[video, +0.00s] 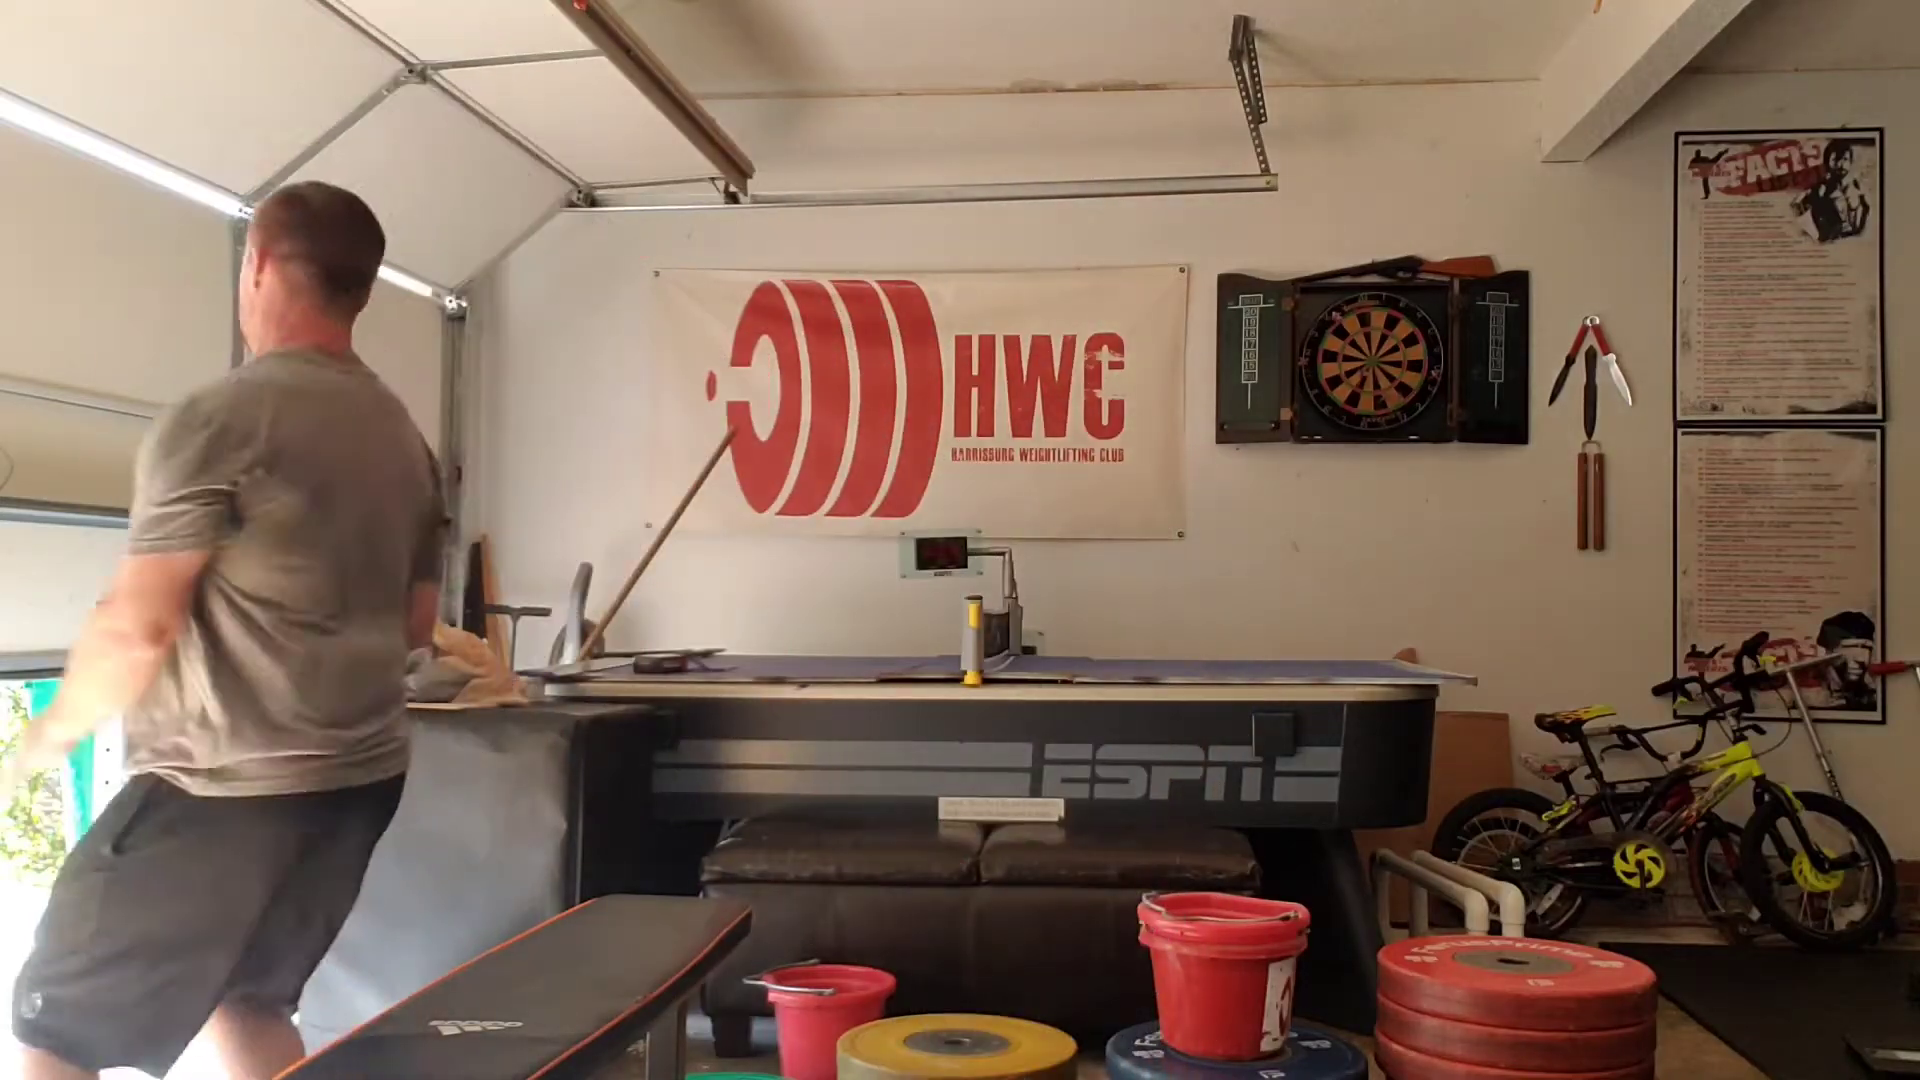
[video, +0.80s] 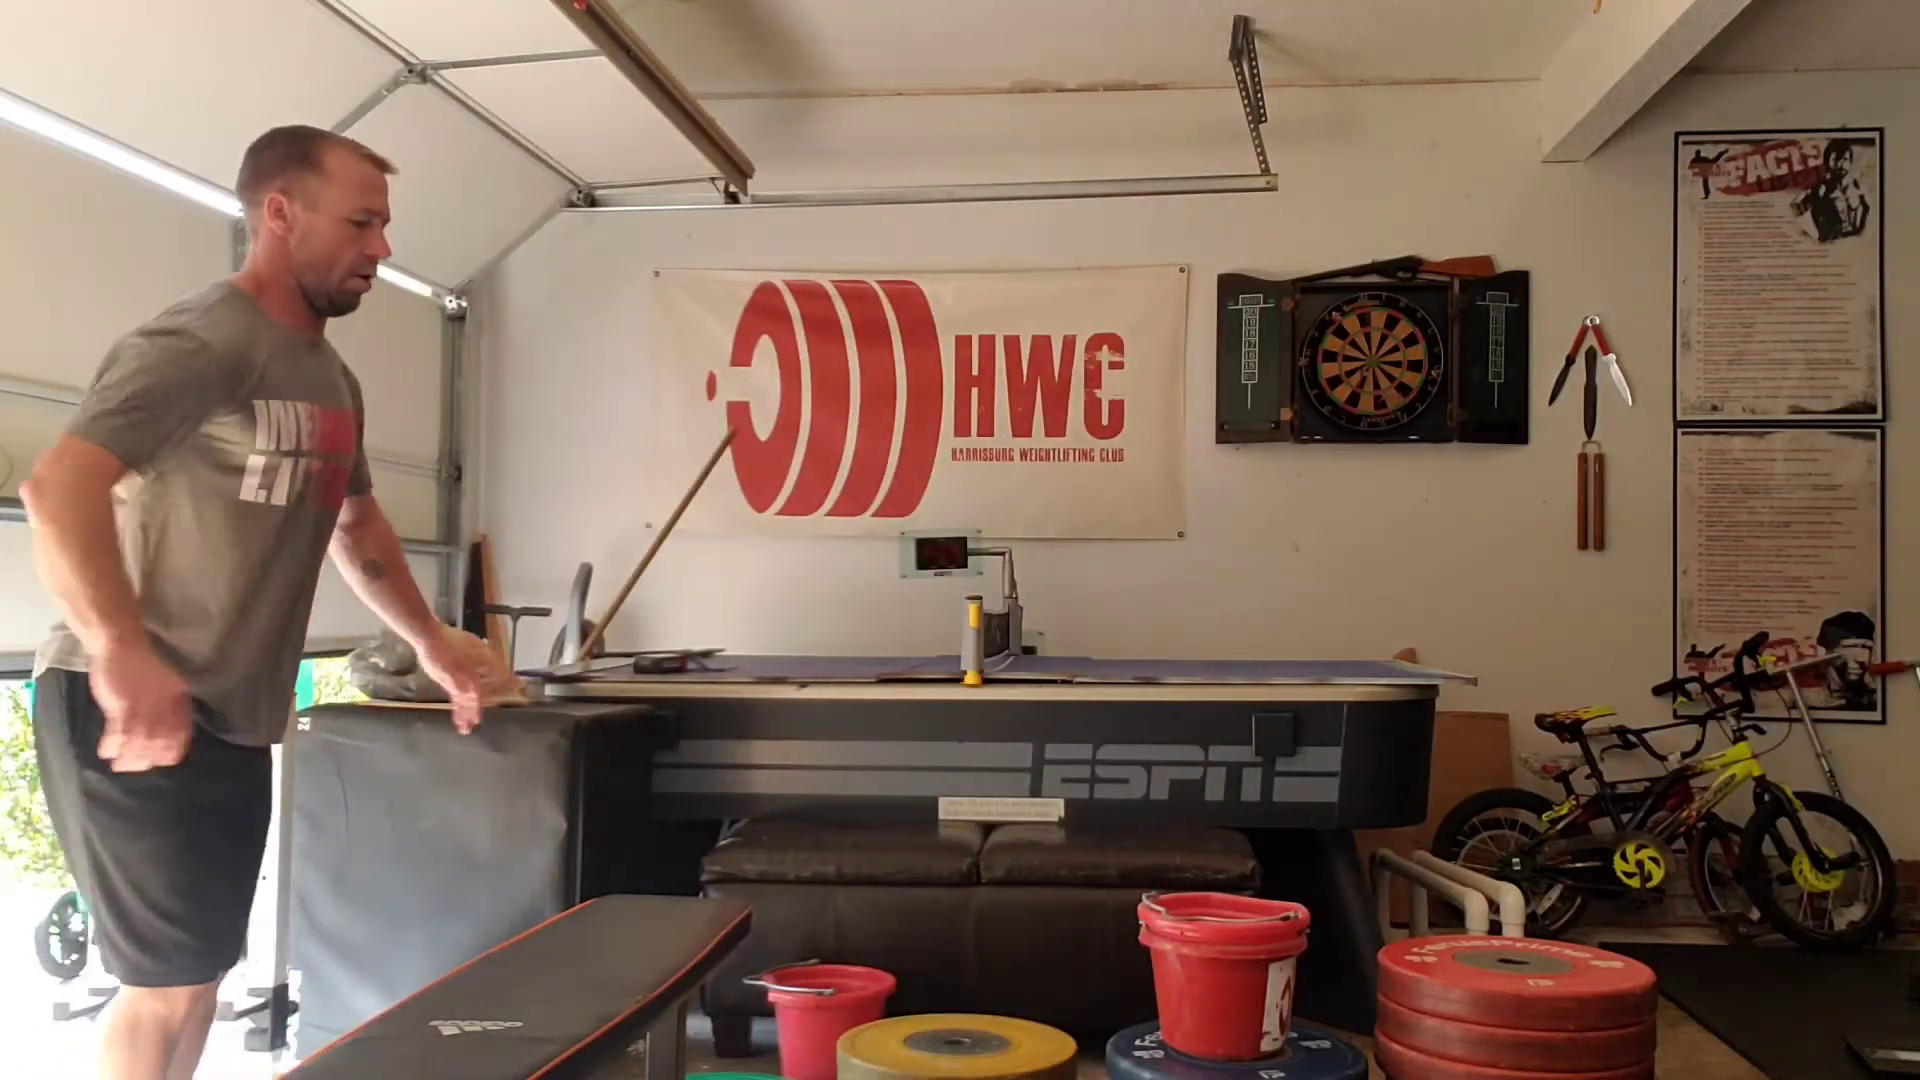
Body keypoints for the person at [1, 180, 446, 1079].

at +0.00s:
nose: (243, 287)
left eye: (246, 266)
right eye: (249, 267)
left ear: (265, 268)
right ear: (362, 289)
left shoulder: (221, 417)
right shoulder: (406, 439)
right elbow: (416, 622)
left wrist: (50, 733)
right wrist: (294, 639)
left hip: (217, 791)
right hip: (360, 780)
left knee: (56, 1041)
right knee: (252, 1005)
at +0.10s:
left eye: (246, 222)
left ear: (237, 226)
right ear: (353, 248)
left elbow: (29, 525)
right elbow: (438, 571)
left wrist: (90, 561)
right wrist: (350, 540)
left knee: (70, 1018)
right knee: (296, 970)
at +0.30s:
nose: (378, 227)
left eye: (378, 204)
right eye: (366, 202)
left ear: (273, 202)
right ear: (303, 201)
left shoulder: (131, 334)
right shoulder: (320, 339)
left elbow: (59, 482)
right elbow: (384, 547)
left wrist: (173, 538)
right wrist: (439, 602)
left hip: (121, 672)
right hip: (245, 672)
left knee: (149, 958)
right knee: (275, 960)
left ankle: (70, 1077)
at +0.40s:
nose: (373, 238)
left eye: (371, 214)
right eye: (358, 210)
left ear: (271, 208)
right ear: (278, 203)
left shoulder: (201, 328)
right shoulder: (266, 333)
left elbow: (203, 543)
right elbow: (316, 546)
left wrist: (322, 625)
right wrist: (439, 632)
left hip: (151, 667)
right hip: (216, 673)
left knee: (171, 980)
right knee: (241, 984)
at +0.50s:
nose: (366, 240)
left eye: (366, 217)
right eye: (347, 215)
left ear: (276, 214)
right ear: (265, 209)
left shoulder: (271, 349)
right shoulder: (225, 337)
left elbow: (267, 544)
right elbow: (222, 528)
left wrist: (393, 618)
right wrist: (381, 618)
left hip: (226, 678)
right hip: (179, 673)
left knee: (237, 972)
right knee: (227, 975)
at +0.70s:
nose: (364, 242)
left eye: (366, 221)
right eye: (346, 216)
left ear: (272, 214)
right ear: (262, 208)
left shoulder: (313, 372)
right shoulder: (186, 331)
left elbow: (350, 531)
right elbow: (113, 502)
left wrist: (452, 624)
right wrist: (249, 636)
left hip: (223, 697)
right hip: (134, 680)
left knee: (201, 964)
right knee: (197, 966)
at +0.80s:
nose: (382, 248)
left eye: (385, 227)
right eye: (363, 221)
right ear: (278, 213)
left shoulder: (331, 373)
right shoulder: (200, 339)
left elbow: (357, 527)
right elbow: (61, 481)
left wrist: (431, 636)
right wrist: (122, 654)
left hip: (234, 719)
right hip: (140, 705)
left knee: (187, 990)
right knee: (166, 993)